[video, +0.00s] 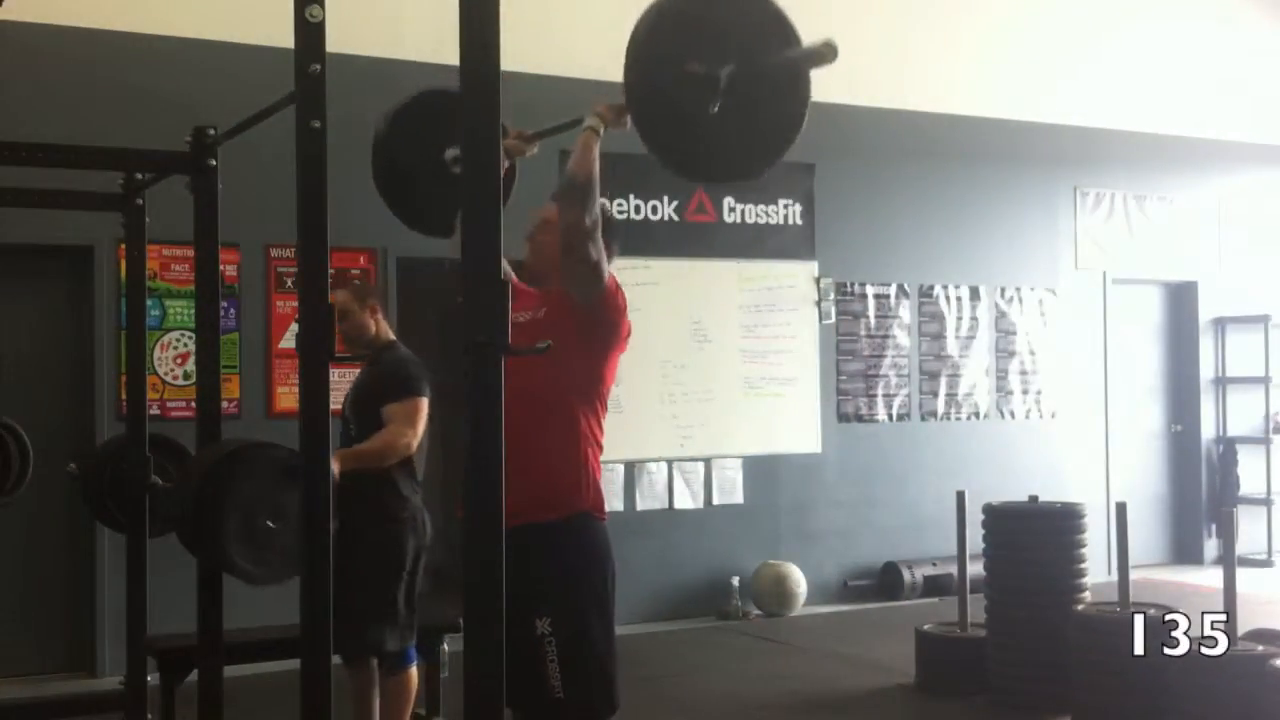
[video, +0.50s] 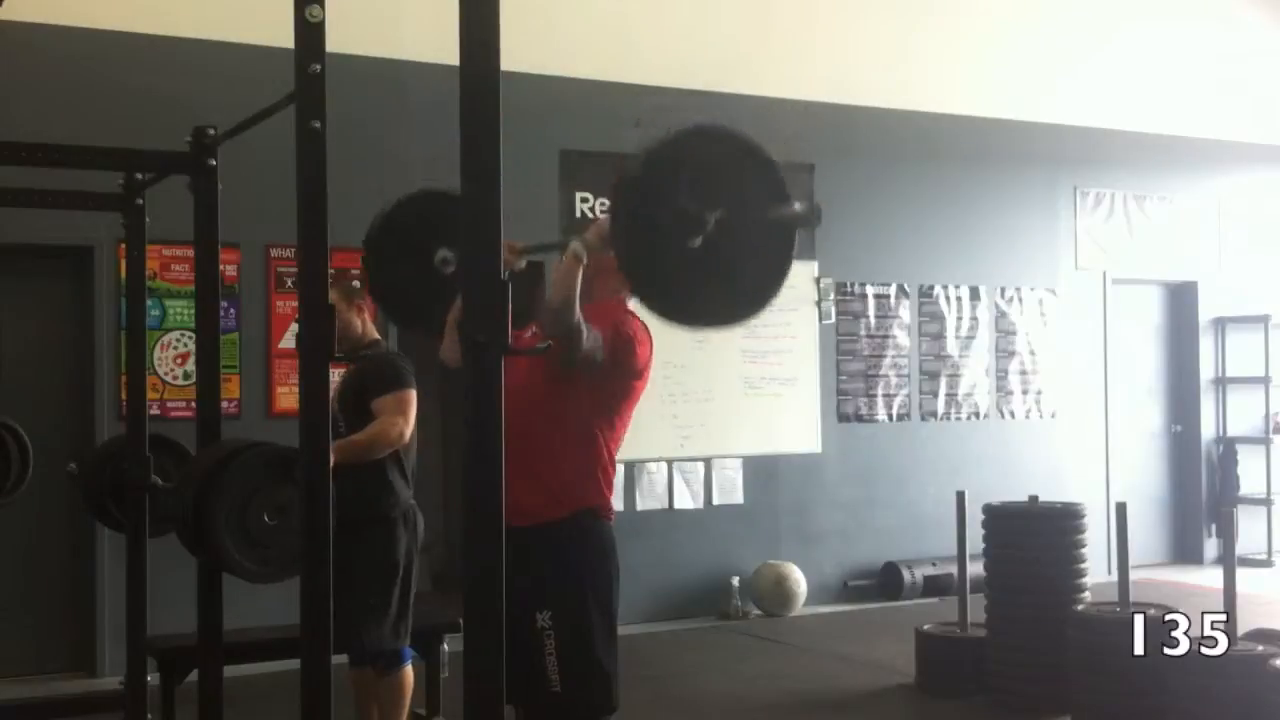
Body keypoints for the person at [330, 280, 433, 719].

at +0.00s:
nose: (339, 328)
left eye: (345, 317)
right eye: (336, 319)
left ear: (373, 313)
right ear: (363, 317)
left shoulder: (402, 365)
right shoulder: (372, 369)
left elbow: (404, 438)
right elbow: (374, 438)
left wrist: (340, 459)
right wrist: (336, 462)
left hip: (394, 518)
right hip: (360, 515)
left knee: (395, 643)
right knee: (355, 643)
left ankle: (396, 719)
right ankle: (366, 718)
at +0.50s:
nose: (331, 327)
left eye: (335, 316)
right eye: (328, 318)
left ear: (363, 310)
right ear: (352, 315)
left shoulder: (387, 364)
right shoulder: (357, 369)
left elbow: (397, 428)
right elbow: (348, 430)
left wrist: (332, 452)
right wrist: (325, 451)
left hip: (387, 517)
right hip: (359, 515)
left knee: (386, 644)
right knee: (361, 644)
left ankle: (394, 719)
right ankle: (369, 717)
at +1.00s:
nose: (322, 323)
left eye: (328, 311)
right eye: (319, 314)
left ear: (353, 309)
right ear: (332, 315)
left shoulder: (383, 359)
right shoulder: (345, 370)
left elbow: (395, 427)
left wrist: (328, 449)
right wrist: (316, 450)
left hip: (385, 515)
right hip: (355, 512)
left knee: (387, 644)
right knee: (362, 643)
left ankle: (393, 718)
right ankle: (369, 716)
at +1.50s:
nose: (315, 331)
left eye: (321, 319)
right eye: (311, 321)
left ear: (342, 315)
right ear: (327, 318)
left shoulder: (369, 366)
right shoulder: (327, 370)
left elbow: (382, 436)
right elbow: (326, 438)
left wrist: (319, 474)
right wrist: (299, 478)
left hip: (374, 513)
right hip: (344, 511)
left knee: (377, 646)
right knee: (360, 645)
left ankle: (388, 718)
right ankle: (368, 717)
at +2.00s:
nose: (289, 337)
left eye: (295, 326)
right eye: (285, 327)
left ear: (323, 320)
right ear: (293, 324)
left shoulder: (354, 366)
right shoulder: (320, 368)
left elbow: (373, 434)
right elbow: (312, 437)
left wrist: (312, 481)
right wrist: (296, 483)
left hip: (370, 515)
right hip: (344, 513)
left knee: (374, 650)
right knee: (362, 648)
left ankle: (385, 719)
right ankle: (369, 718)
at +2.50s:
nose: (285, 331)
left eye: (292, 321)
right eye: (282, 322)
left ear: (317, 319)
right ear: (287, 325)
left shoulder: (352, 366)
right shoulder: (316, 371)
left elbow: (368, 431)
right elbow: (287, 425)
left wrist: (305, 476)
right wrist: (246, 463)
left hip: (371, 519)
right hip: (339, 519)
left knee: (376, 649)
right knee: (350, 649)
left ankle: (389, 719)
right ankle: (363, 717)